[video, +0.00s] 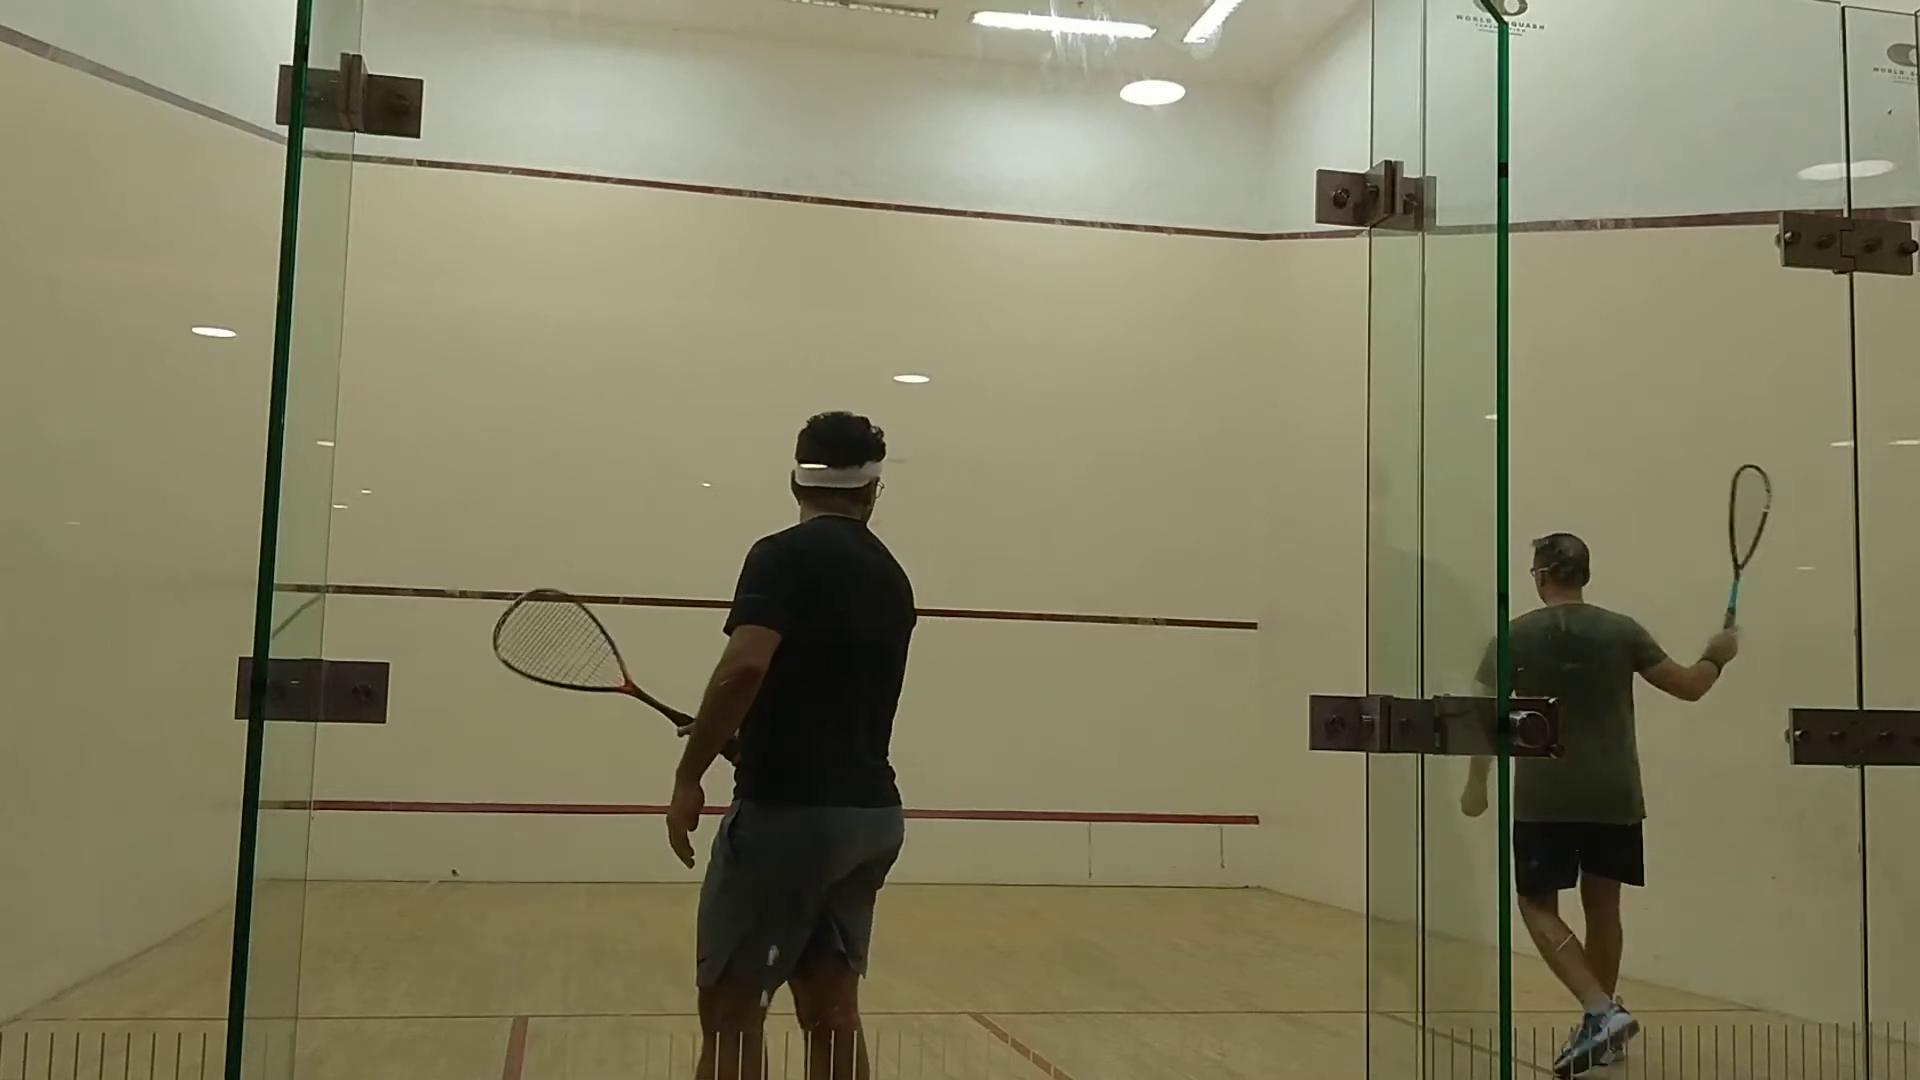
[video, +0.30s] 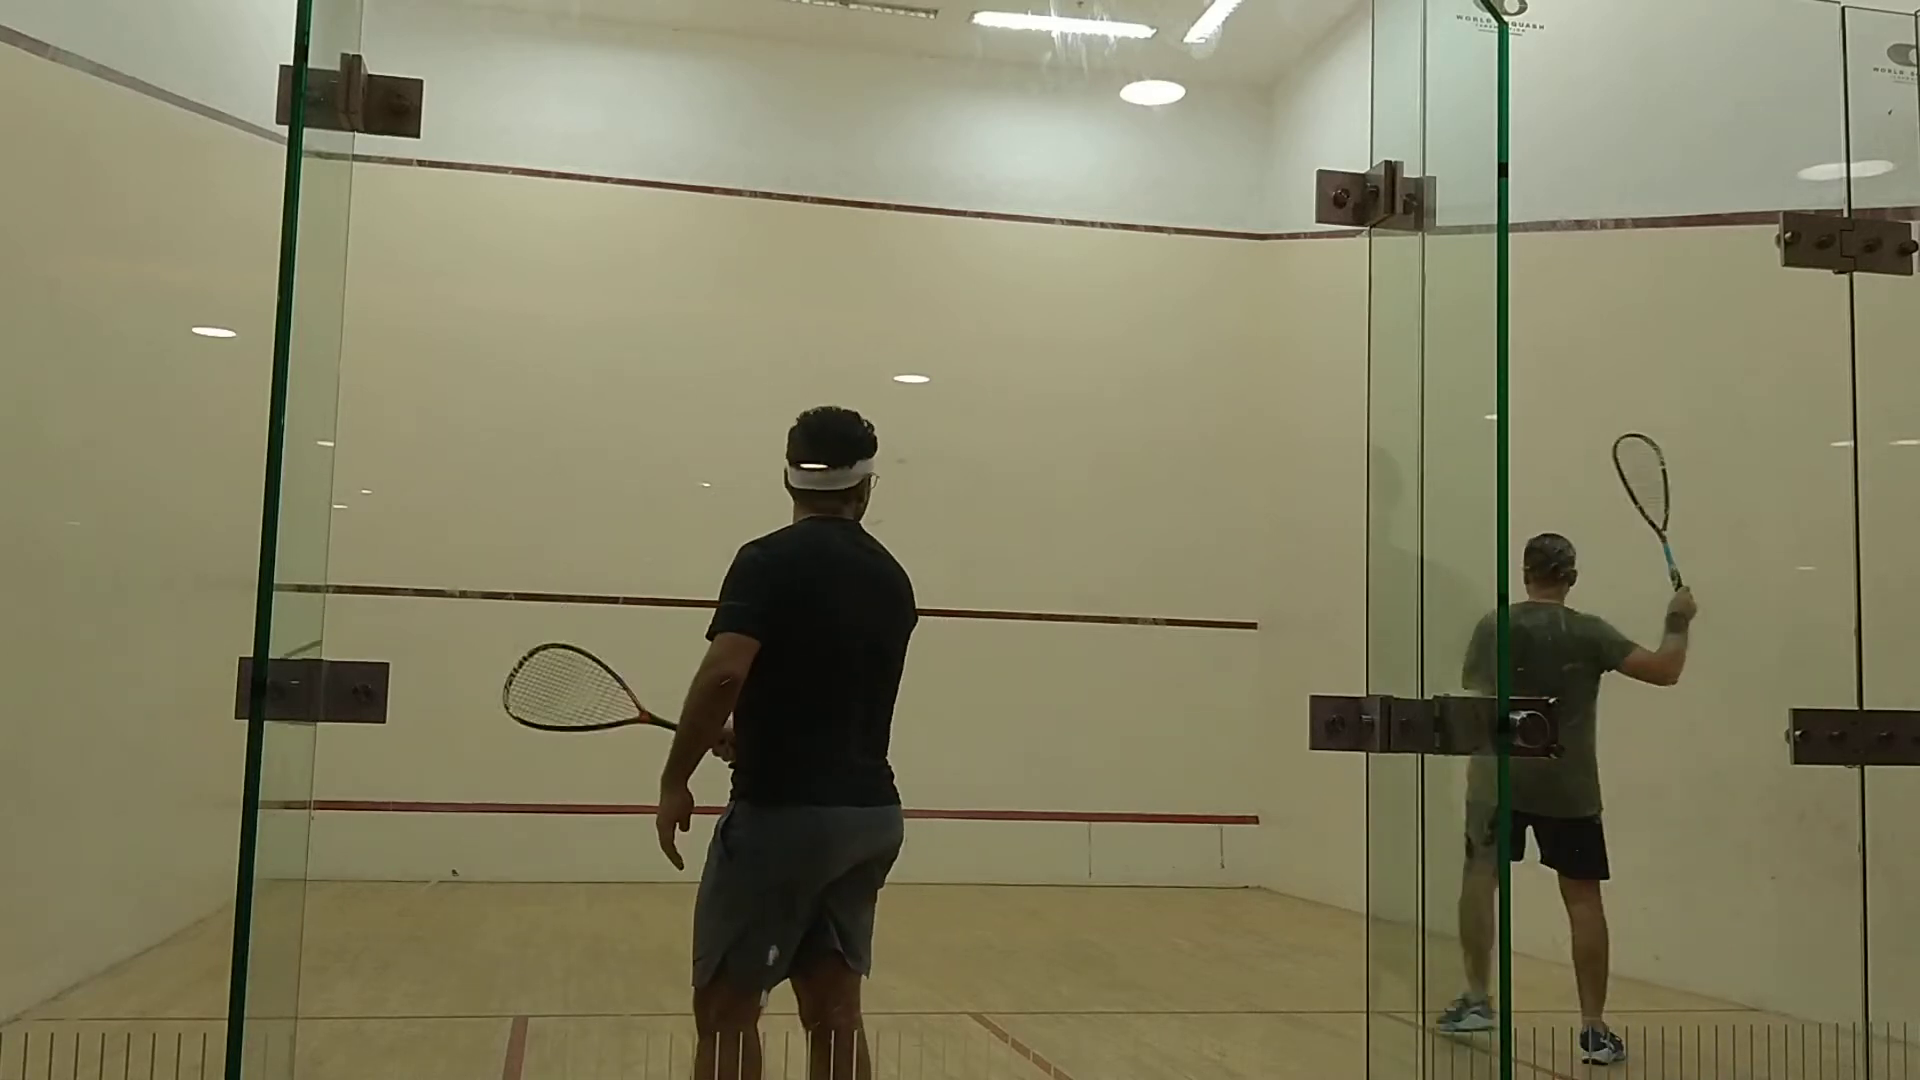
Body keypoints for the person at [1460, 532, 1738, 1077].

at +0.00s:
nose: (1533, 581)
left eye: (1534, 574)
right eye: (1538, 573)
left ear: (1541, 577)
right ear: (1585, 576)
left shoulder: (1512, 638)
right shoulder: (1620, 630)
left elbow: (1484, 716)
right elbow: (1690, 687)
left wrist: (1476, 783)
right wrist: (1717, 653)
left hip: (1540, 804)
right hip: (1613, 802)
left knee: (1538, 907)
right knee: (1603, 908)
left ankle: (1604, 1013)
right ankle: (1598, 1030)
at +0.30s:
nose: (1560, 582)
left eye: (1537, 571)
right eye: (1570, 575)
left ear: (1525, 575)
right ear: (1572, 578)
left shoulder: (1491, 627)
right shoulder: (1586, 630)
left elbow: (1474, 700)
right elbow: (1666, 670)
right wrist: (1678, 621)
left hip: (1494, 788)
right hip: (1567, 792)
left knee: (1478, 884)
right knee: (1584, 901)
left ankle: (1477, 1001)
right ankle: (1594, 1030)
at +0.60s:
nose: (1504, 611)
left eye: (1489, 599)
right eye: (1510, 603)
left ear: (1469, 600)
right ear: (1513, 608)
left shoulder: (1424, 647)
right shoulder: (1516, 667)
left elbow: (1376, 700)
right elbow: (1585, 697)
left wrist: (1412, 727)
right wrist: (1613, 654)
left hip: (1418, 793)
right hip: (1487, 799)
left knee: (1401, 880)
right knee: (1530, 908)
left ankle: (1398, 997)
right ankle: (1579, 1029)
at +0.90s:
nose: (1378, 593)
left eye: (1381, 586)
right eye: (1382, 586)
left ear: (1392, 589)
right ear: (1422, 591)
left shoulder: (1400, 638)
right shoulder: (1438, 640)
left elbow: (1387, 704)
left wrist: (1347, 745)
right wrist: (1329, 742)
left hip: (1408, 792)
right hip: (1448, 792)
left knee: (1393, 889)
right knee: (1434, 894)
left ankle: (1396, 995)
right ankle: (1461, 1006)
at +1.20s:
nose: (1349, 584)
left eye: (1355, 577)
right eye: (1352, 577)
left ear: (1376, 588)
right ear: (1378, 588)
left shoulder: (1411, 639)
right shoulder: (1372, 647)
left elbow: (1448, 700)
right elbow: (1361, 716)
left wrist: (1444, 764)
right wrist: (1326, 767)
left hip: (1407, 789)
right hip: (1390, 786)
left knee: (1331, 867)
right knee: (1415, 892)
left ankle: (1358, 990)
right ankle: (1476, 1005)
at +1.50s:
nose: (1291, 586)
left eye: (1302, 580)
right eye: (1294, 579)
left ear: (1332, 593)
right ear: (1318, 592)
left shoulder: (1348, 648)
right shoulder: (1310, 650)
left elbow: (1376, 727)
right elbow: (1308, 735)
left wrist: (1355, 790)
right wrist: (1286, 793)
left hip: (1341, 797)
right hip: (1337, 794)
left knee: (1290, 895)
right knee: (1378, 900)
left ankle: (1328, 1026)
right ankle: (1453, 992)